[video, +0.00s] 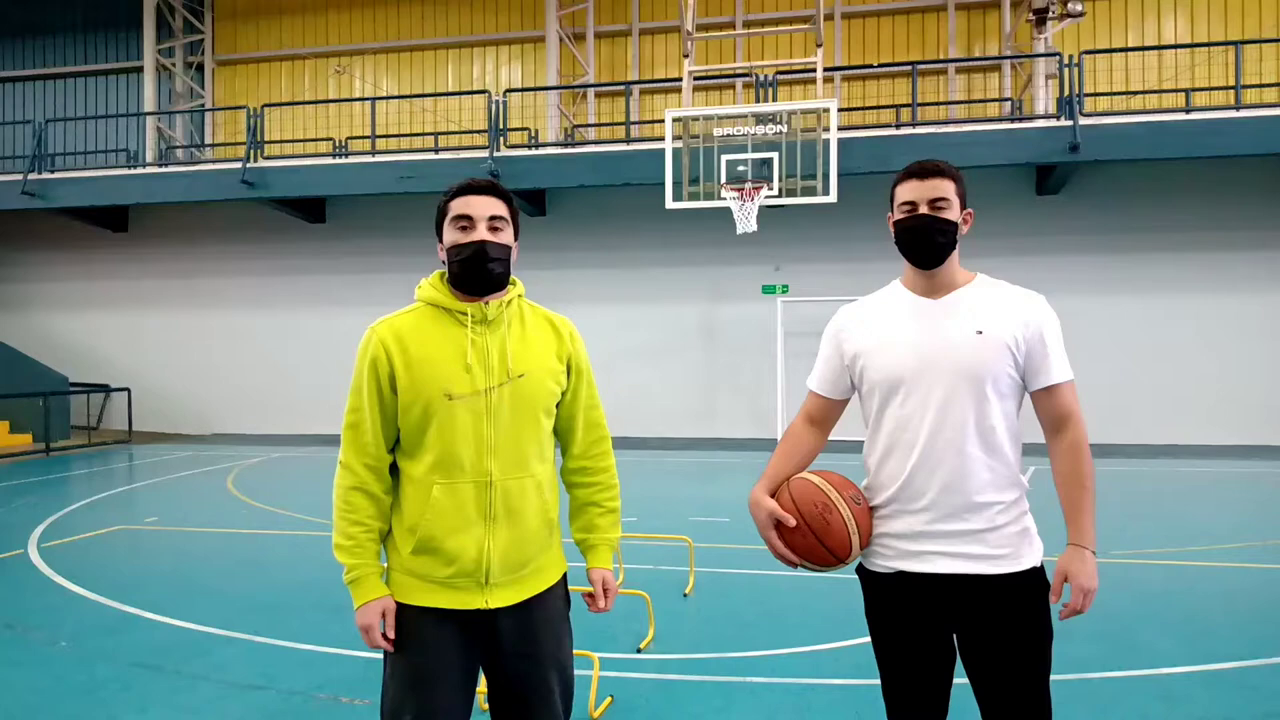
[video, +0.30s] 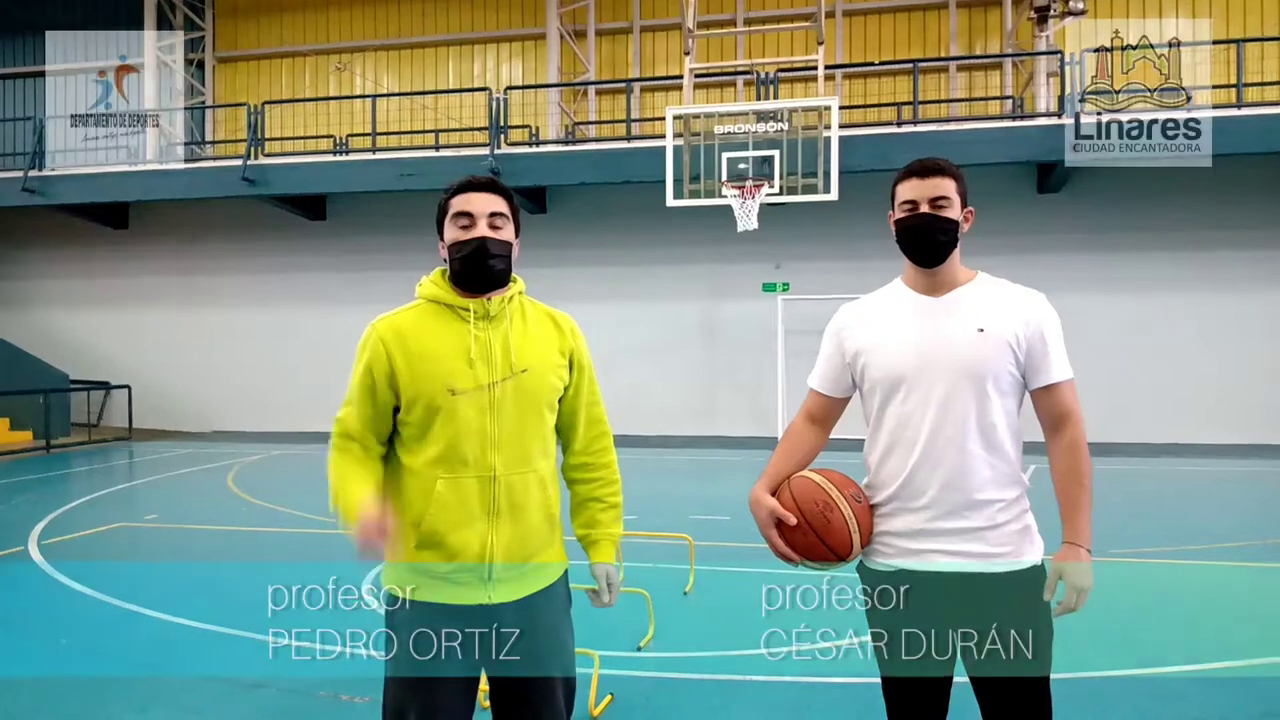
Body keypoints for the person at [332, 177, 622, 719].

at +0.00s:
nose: (481, 235)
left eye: (496, 224)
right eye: (463, 224)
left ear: (515, 244)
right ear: (441, 246)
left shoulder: (555, 336)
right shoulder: (391, 341)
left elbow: (589, 454)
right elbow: (361, 469)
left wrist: (600, 554)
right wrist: (366, 584)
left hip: (533, 594)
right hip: (427, 598)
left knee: (543, 713)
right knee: (422, 715)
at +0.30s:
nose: (481, 231)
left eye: (497, 220)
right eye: (463, 221)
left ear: (515, 242)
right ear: (443, 243)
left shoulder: (557, 333)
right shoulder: (393, 337)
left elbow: (590, 449)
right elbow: (355, 443)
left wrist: (602, 546)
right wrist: (363, 505)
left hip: (535, 587)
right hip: (428, 590)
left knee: (545, 712)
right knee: (424, 715)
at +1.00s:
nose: (503, 225)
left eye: (518, 217)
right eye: (486, 216)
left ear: (535, 242)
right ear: (462, 242)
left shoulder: (566, 337)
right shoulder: (412, 334)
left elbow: (587, 459)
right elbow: (387, 463)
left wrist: (591, 557)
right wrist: (363, 579)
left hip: (541, 589)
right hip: (440, 590)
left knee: (547, 710)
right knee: (429, 713)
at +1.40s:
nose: (490, 225)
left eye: (506, 217)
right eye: (473, 216)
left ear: (527, 242)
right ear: (453, 241)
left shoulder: (569, 334)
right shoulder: (405, 333)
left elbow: (604, 453)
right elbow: (368, 458)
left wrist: (614, 554)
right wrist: (356, 566)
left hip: (543, 586)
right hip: (435, 588)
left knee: (546, 712)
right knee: (425, 713)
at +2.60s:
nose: (468, 226)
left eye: (483, 217)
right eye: (449, 219)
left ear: (503, 242)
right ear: (430, 246)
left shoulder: (547, 334)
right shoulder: (388, 341)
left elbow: (580, 449)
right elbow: (356, 467)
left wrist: (590, 544)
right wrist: (372, 577)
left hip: (532, 588)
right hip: (428, 593)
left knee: (539, 711)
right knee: (424, 715)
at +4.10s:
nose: (485, 227)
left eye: (500, 218)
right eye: (467, 219)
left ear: (520, 242)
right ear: (447, 244)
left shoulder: (562, 337)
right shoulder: (403, 341)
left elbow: (595, 456)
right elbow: (366, 467)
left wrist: (600, 552)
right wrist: (399, 569)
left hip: (542, 592)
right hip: (439, 594)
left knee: (547, 713)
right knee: (432, 715)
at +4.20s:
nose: (483, 227)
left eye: (498, 218)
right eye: (465, 218)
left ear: (519, 242)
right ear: (446, 244)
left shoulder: (561, 337)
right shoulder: (401, 341)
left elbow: (595, 455)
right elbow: (364, 466)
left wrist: (602, 551)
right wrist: (389, 565)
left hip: (542, 590)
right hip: (438, 593)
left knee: (547, 712)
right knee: (431, 715)